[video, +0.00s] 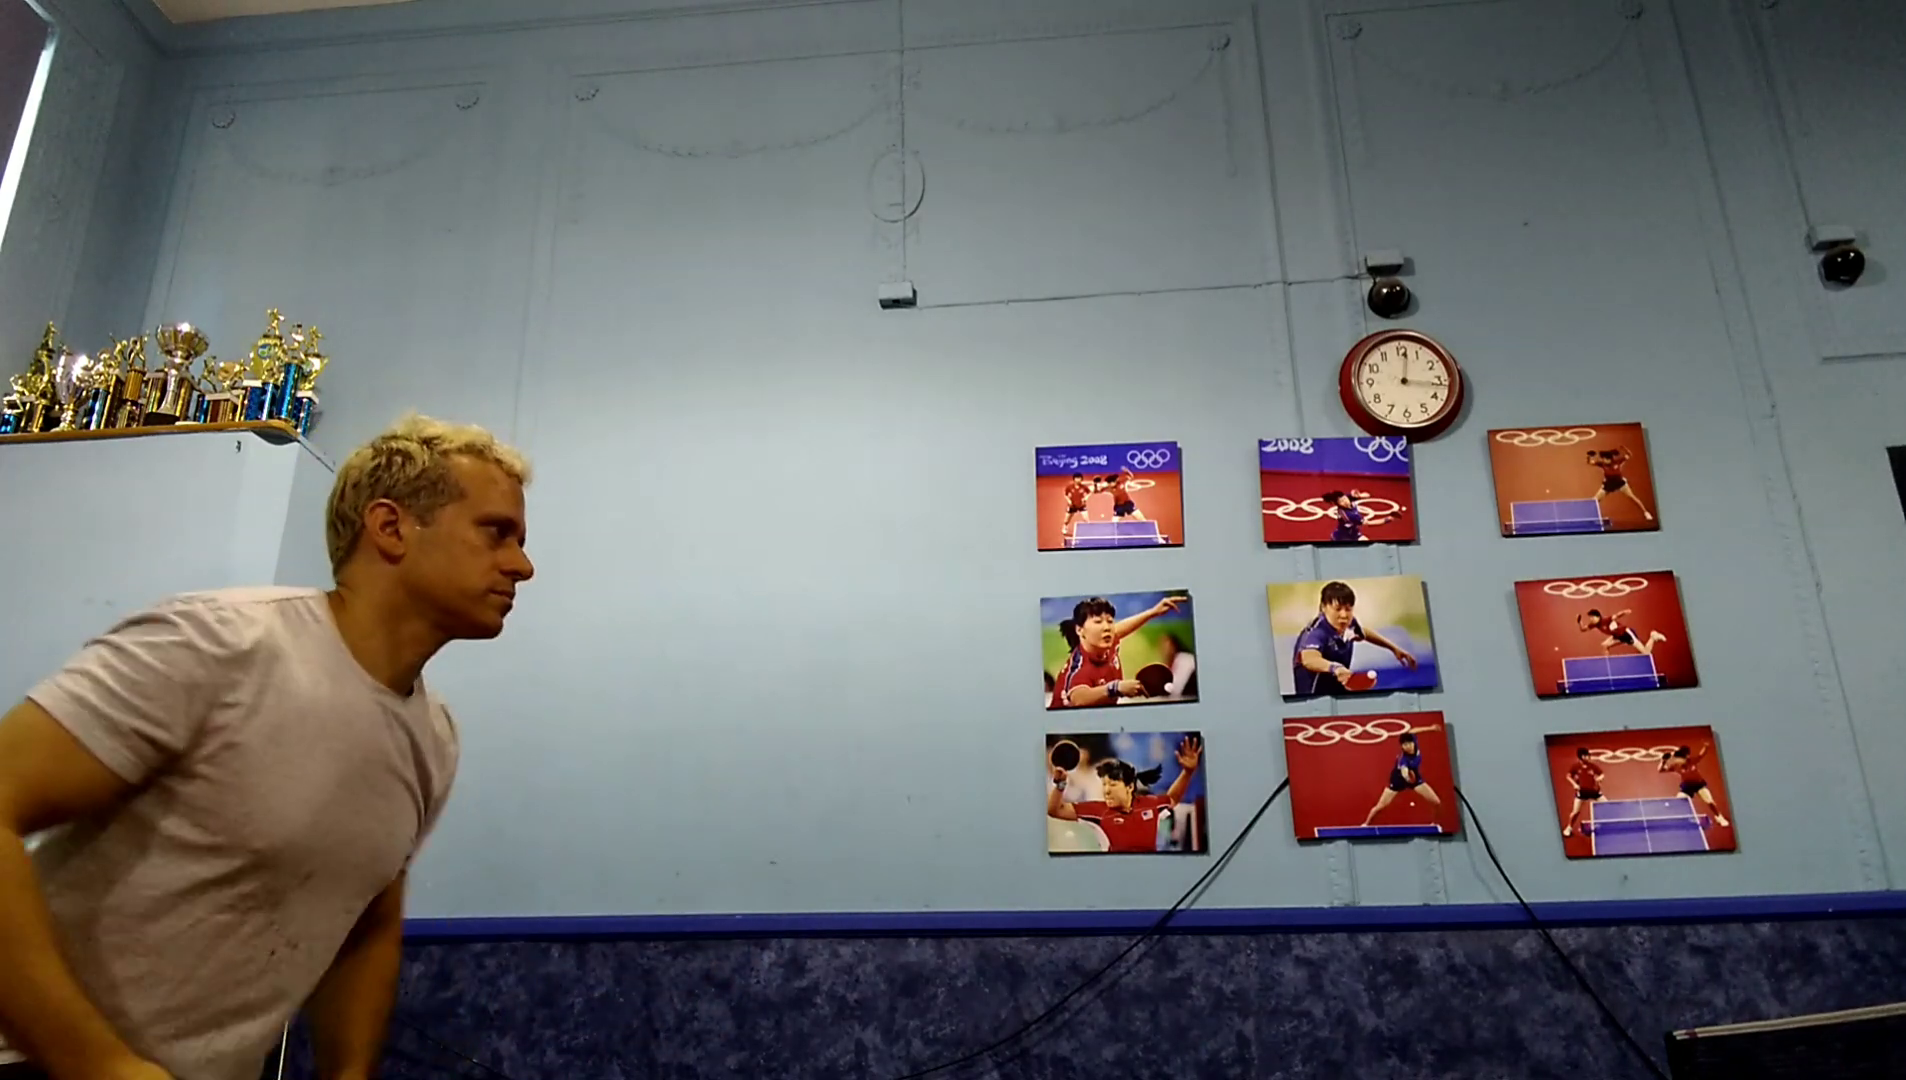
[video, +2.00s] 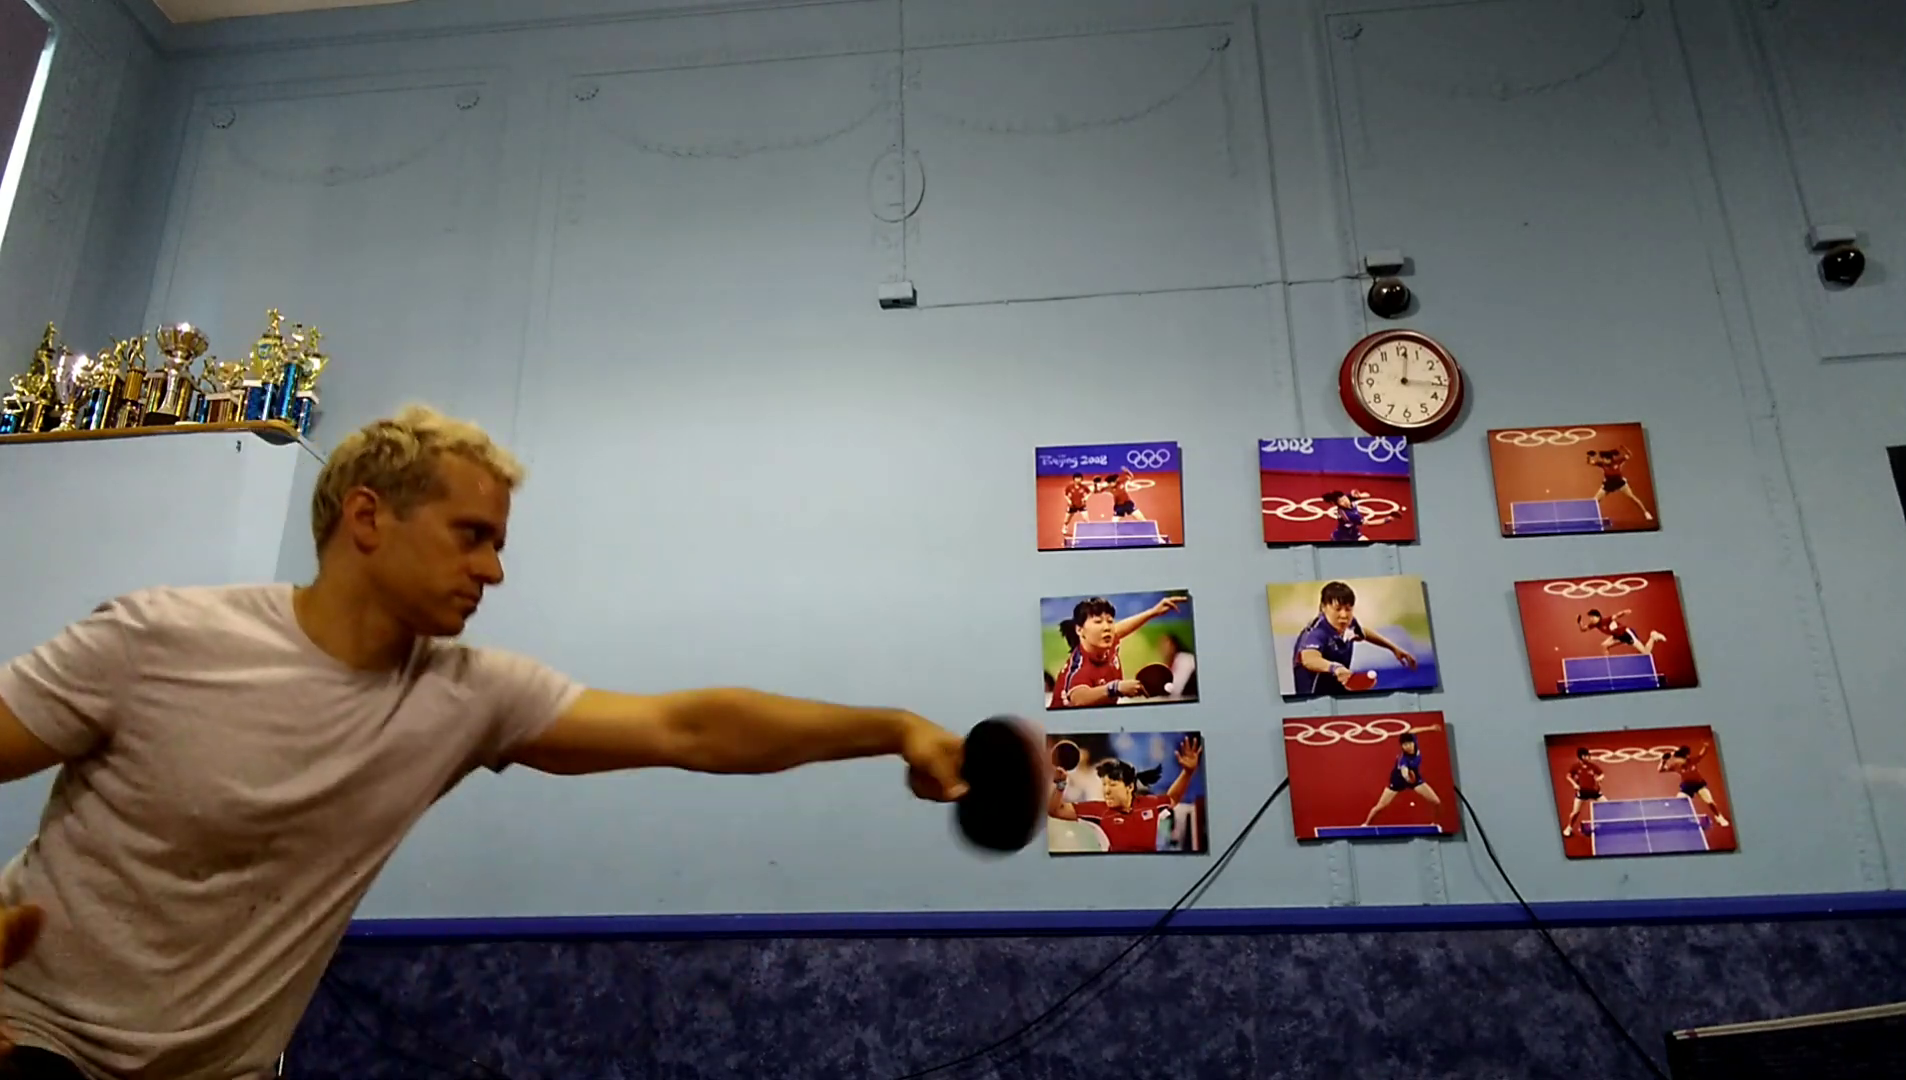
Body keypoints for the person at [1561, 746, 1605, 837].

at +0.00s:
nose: (1587, 758)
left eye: (1588, 755)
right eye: (1585, 756)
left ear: (1588, 756)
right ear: (1581, 757)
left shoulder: (1592, 766)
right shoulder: (1576, 767)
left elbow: (1602, 774)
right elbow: (1568, 776)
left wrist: (1598, 779)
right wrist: (1574, 784)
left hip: (1594, 791)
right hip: (1582, 791)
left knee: (1607, 806)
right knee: (1576, 812)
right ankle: (1569, 827)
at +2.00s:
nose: (1588, 758)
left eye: (1588, 755)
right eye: (1586, 756)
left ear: (1588, 756)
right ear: (1581, 757)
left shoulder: (1592, 766)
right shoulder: (1576, 767)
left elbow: (1602, 774)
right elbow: (1568, 776)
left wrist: (1598, 779)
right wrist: (1574, 784)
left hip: (1594, 791)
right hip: (1582, 791)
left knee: (1607, 806)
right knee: (1576, 812)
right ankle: (1569, 827)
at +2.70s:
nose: (1588, 758)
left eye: (1588, 755)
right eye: (1586, 756)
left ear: (1588, 756)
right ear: (1581, 757)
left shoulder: (1592, 766)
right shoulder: (1576, 767)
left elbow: (1602, 775)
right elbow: (1568, 776)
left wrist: (1598, 779)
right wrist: (1574, 784)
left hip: (1594, 791)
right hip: (1582, 791)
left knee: (1607, 806)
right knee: (1576, 812)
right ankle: (1569, 827)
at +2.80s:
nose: (1588, 758)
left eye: (1588, 755)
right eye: (1586, 756)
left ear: (1588, 756)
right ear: (1581, 757)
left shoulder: (1592, 766)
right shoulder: (1576, 767)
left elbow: (1602, 774)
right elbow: (1568, 776)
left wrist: (1598, 779)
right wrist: (1574, 784)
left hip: (1594, 791)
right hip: (1582, 791)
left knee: (1607, 806)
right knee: (1576, 812)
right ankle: (1569, 827)